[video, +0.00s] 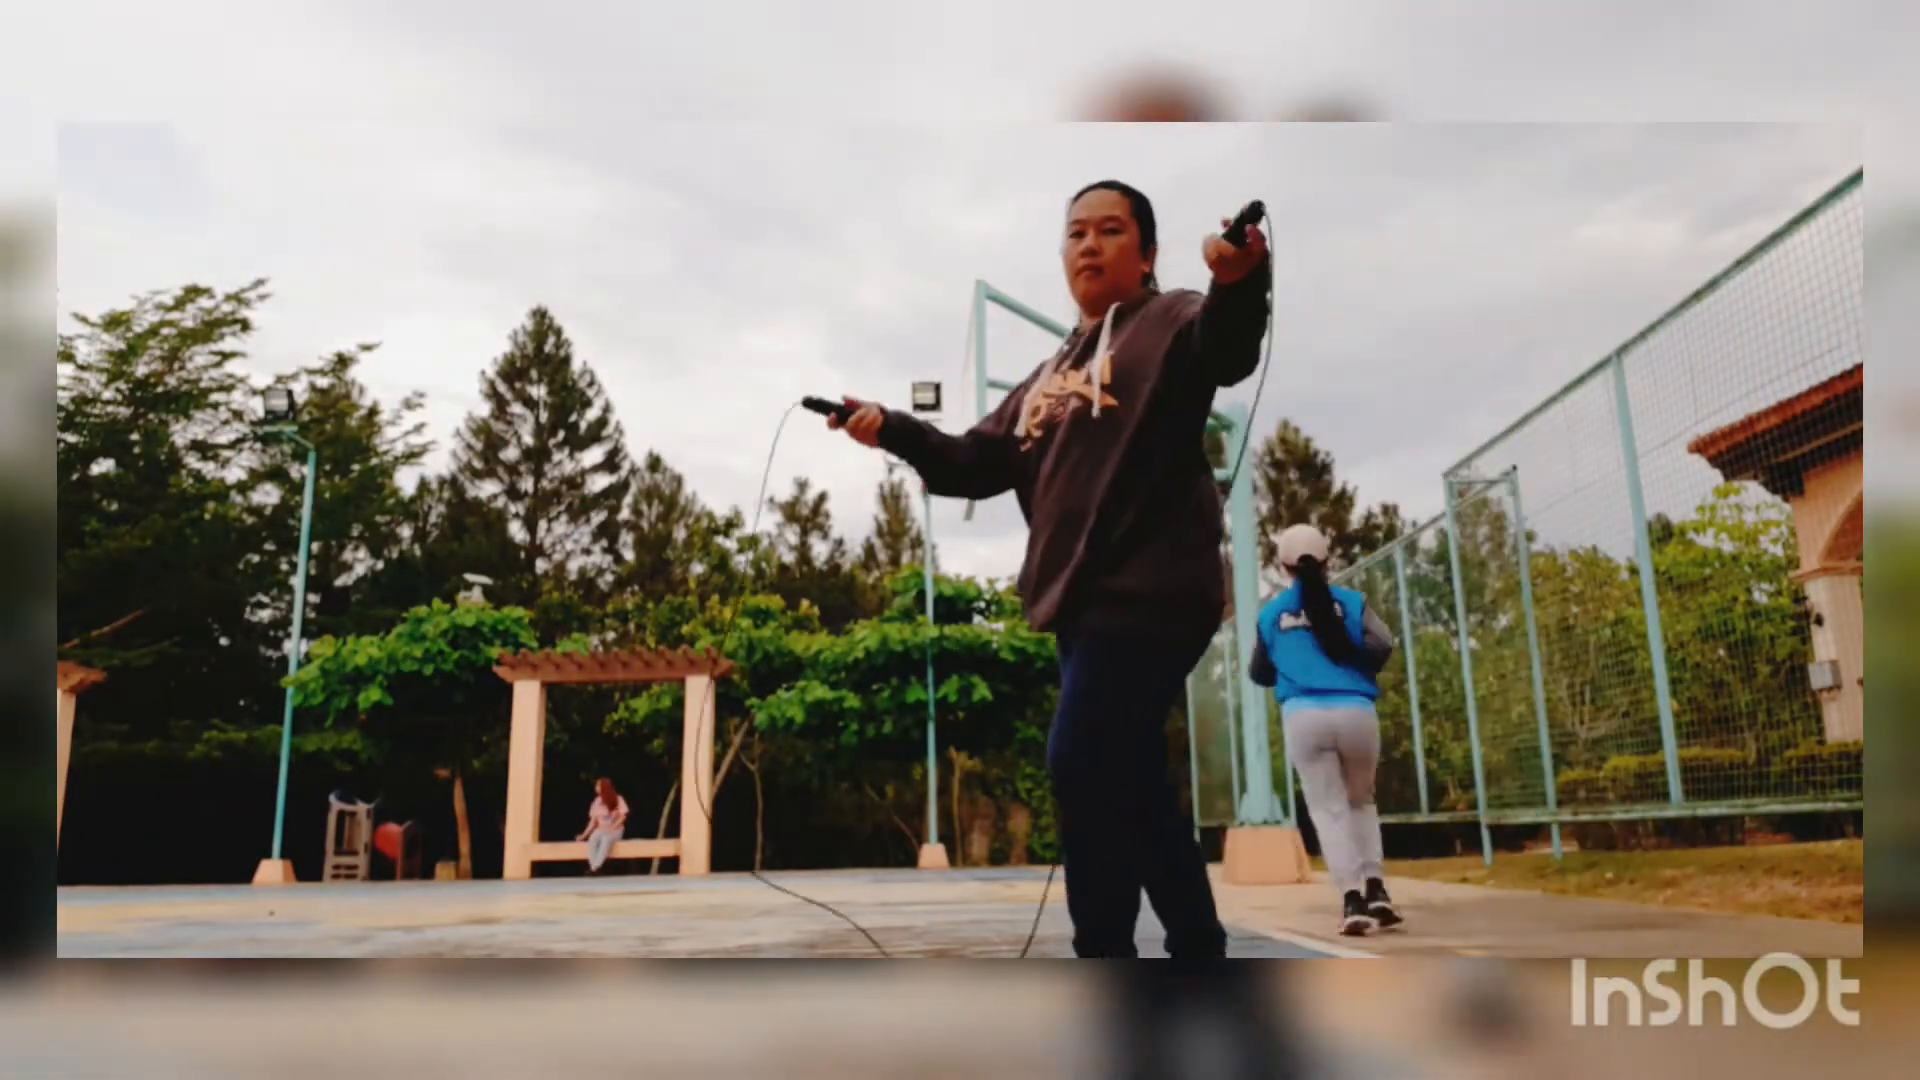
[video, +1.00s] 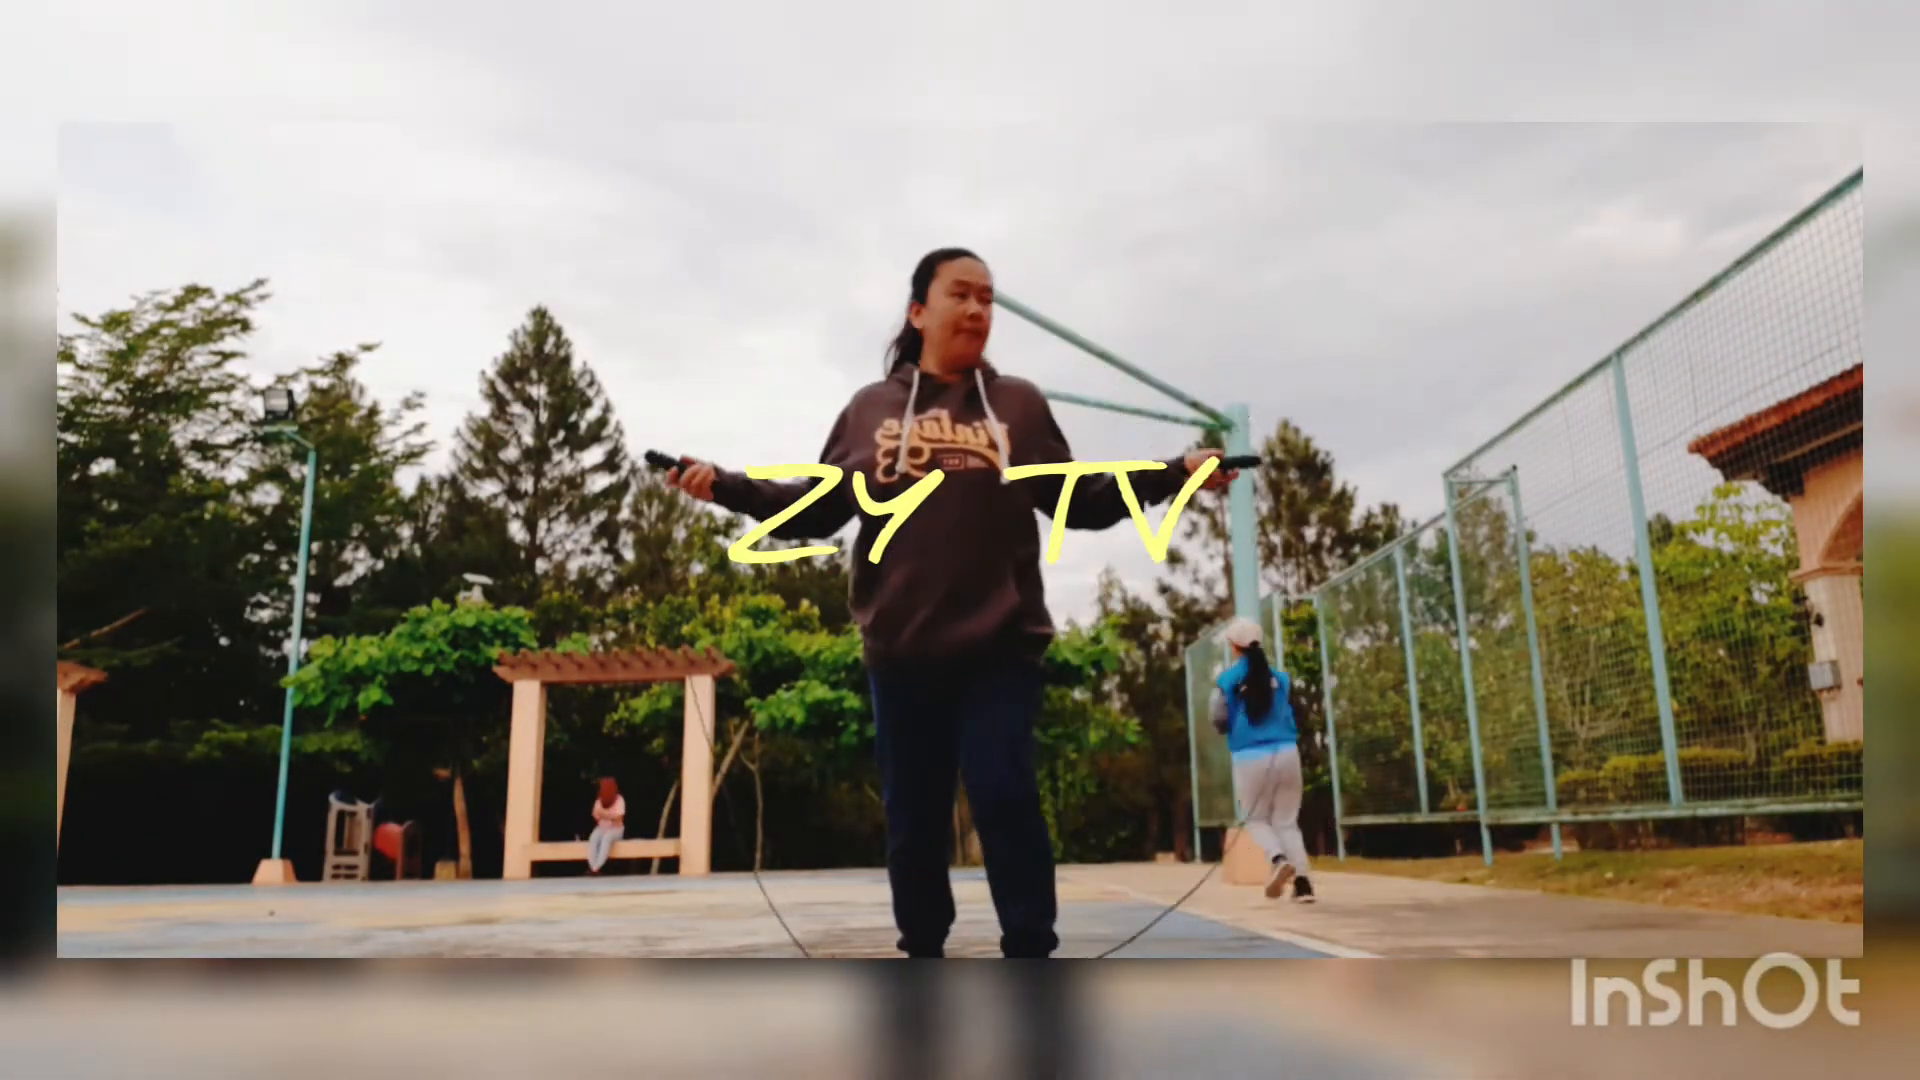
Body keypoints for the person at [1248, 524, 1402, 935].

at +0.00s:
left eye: (1283, 560)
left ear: (1283, 564)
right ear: (1326, 559)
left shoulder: (1271, 613)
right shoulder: (1351, 601)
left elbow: (1259, 672)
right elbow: (1382, 642)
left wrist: (1291, 670)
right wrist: (1362, 669)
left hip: (1304, 718)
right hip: (1356, 713)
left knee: (1328, 809)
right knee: (1363, 802)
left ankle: (1352, 899)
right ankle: (1374, 884)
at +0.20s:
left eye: (1286, 585)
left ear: (1285, 590)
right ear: (1324, 585)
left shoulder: (1271, 635)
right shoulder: (1350, 625)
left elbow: (1257, 684)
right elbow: (1379, 668)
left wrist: (1289, 688)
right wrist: (1351, 677)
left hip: (1301, 730)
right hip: (1350, 725)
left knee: (1315, 810)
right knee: (1351, 815)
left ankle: (1331, 862)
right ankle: (1353, 894)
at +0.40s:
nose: (1275, 600)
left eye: (1275, 596)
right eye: (1277, 595)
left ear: (1279, 598)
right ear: (1312, 595)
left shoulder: (1272, 635)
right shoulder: (1336, 632)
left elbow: (1261, 675)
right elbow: (1353, 679)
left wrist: (1273, 691)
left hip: (1293, 727)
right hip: (1338, 721)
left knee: (1305, 808)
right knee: (1344, 808)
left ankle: (1317, 883)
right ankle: (1352, 884)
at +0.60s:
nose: (1259, 623)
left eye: (1259, 618)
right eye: (1262, 617)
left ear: (1263, 620)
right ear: (1292, 616)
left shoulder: (1255, 658)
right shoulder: (1314, 652)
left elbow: (1248, 706)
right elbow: (1336, 697)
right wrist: (1308, 697)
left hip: (1281, 743)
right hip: (1321, 740)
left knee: (1292, 820)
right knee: (1327, 815)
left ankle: (1309, 887)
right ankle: (1339, 858)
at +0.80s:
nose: (1248, 629)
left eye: (1245, 624)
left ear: (1245, 628)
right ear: (1273, 624)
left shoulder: (1235, 662)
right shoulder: (1294, 657)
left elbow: (1223, 706)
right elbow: (1319, 690)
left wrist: (1246, 690)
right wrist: (1304, 704)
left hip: (1263, 739)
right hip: (1299, 736)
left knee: (1281, 806)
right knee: (1304, 807)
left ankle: (1297, 863)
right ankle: (1306, 869)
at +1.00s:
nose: (1229, 649)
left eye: (1230, 645)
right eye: (1231, 645)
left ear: (1234, 648)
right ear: (1258, 645)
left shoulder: (1226, 680)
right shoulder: (1280, 677)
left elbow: (1218, 717)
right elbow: (1285, 707)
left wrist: (1232, 731)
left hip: (1250, 754)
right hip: (1287, 748)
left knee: (1254, 817)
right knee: (1287, 820)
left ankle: (1278, 860)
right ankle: (1301, 877)